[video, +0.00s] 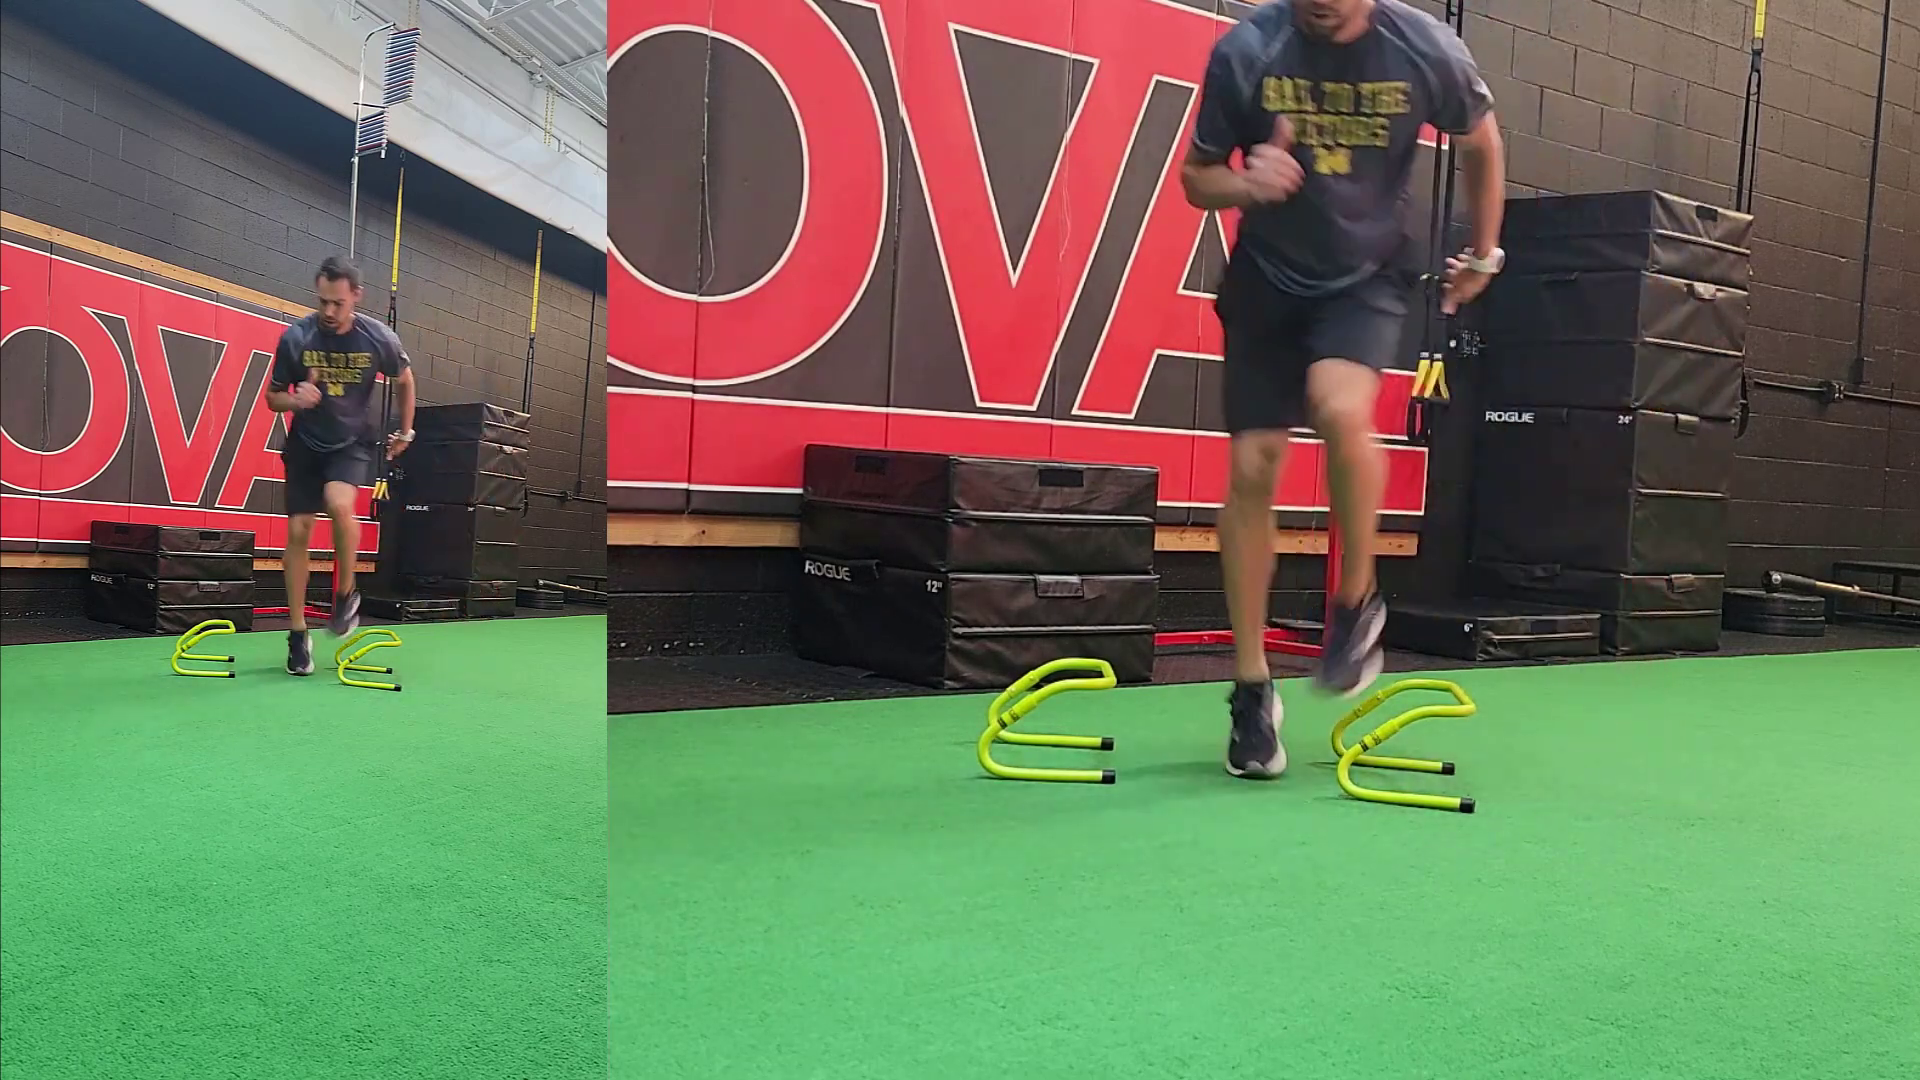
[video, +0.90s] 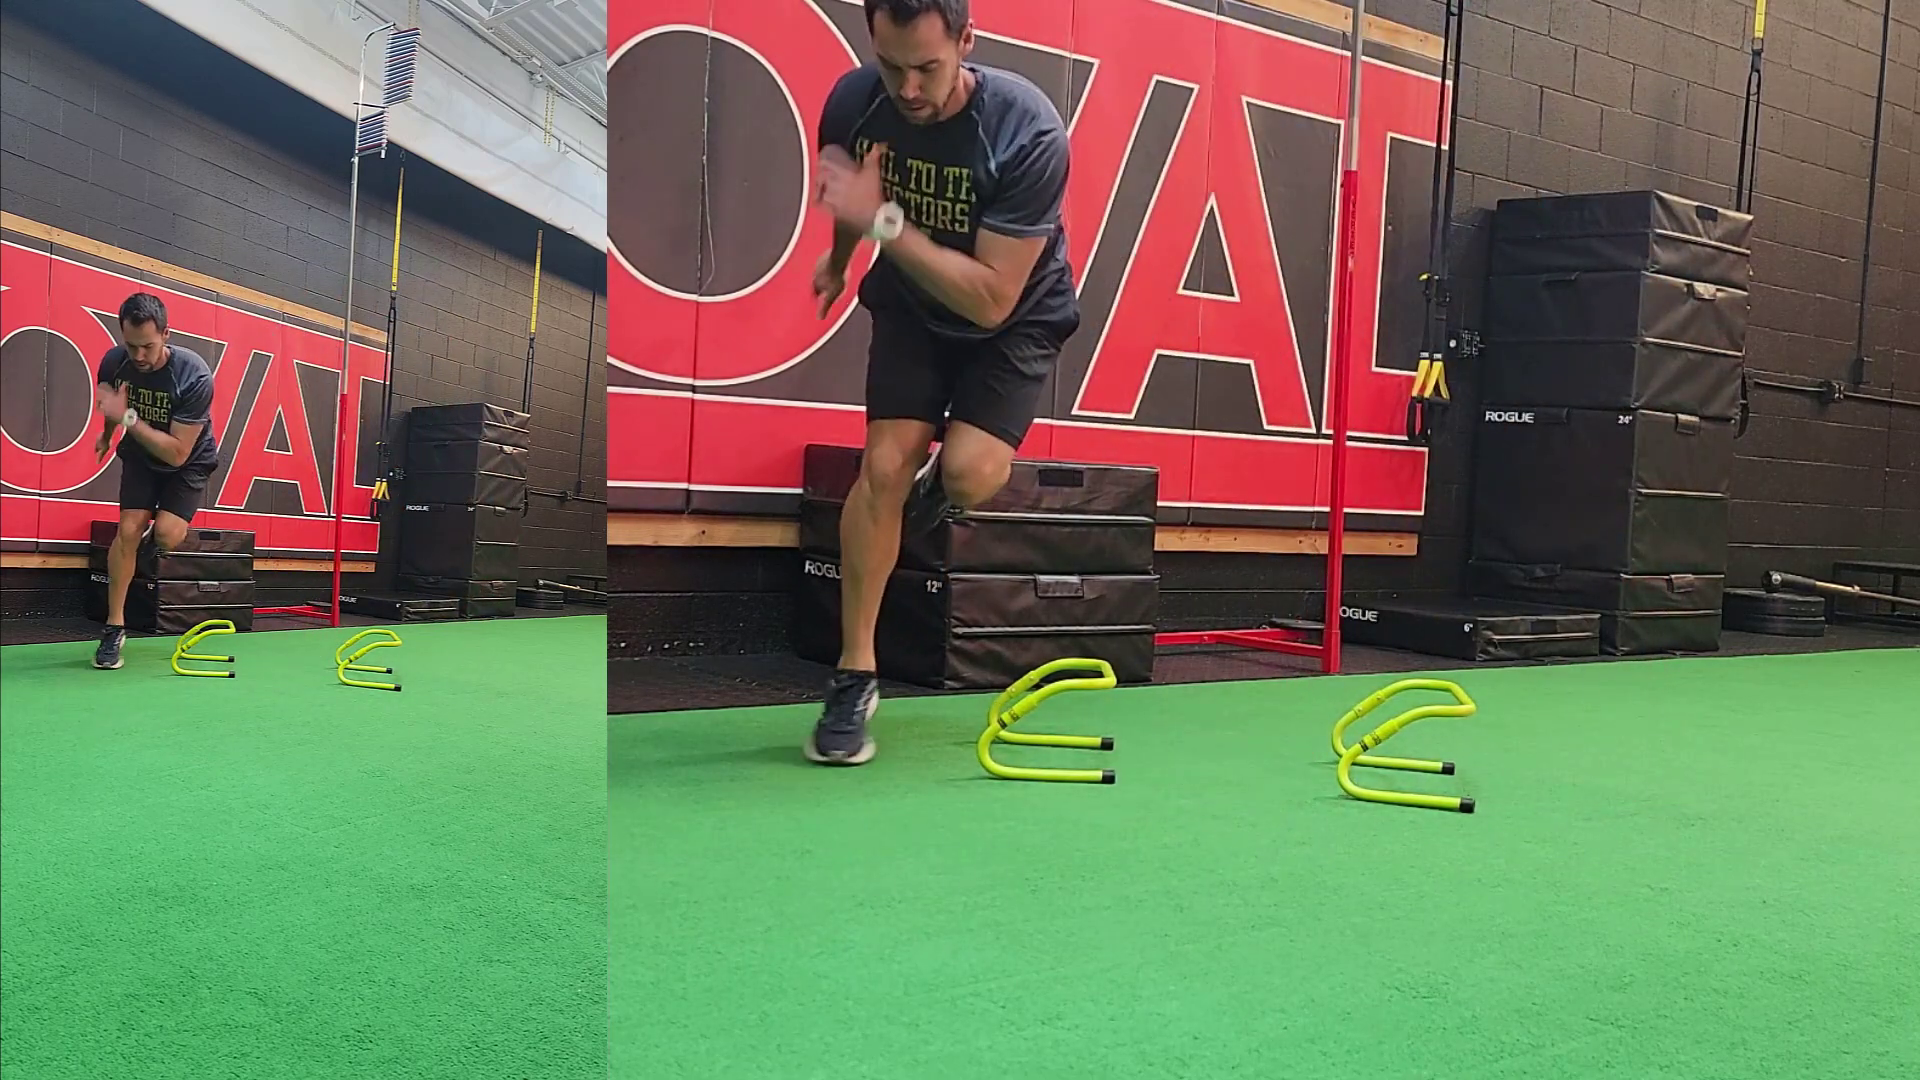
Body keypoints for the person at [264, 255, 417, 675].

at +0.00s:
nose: (330, 312)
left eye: (338, 303)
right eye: (324, 301)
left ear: (356, 297)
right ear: (315, 296)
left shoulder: (379, 340)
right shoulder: (295, 338)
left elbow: (404, 378)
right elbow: (273, 397)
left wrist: (406, 431)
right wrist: (296, 400)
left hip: (353, 445)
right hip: (304, 444)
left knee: (338, 502)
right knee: (298, 529)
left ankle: (345, 594)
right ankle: (298, 633)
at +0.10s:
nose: (299, 309)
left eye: (309, 300)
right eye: (294, 299)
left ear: (328, 295)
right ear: (286, 294)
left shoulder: (348, 341)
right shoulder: (268, 335)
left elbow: (376, 392)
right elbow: (253, 388)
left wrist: (381, 449)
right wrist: (259, 407)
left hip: (323, 441)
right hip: (279, 436)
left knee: (307, 532)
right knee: (259, 508)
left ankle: (314, 636)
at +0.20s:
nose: (271, 316)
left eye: (280, 307)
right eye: (265, 306)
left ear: (299, 303)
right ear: (259, 300)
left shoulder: (321, 355)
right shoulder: (242, 343)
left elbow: (347, 420)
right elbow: (227, 394)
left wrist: (350, 482)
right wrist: (219, 420)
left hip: (296, 461)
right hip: (247, 448)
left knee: (295, 552)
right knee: (209, 491)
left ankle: (311, 646)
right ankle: (234, 528)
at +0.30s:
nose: (242, 314)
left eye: (251, 305)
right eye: (236, 303)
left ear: (269, 299)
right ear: (228, 297)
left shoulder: (291, 346)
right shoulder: (211, 335)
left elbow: (311, 416)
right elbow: (197, 385)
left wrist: (289, 469)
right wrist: (188, 438)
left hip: (268, 446)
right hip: (219, 439)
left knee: (271, 532)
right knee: (182, 511)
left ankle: (299, 624)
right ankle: (152, 597)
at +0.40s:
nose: (214, 327)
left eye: (222, 318)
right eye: (208, 317)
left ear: (241, 310)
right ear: (199, 308)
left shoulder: (263, 357)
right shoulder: (182, 347)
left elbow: (272, 430)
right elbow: (171, 399)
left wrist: (225, 453)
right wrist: (174, 440)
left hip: (247, 447)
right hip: (198, 443)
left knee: (238, 522)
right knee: (165, 533)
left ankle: (273, 571)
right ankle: (123, 630)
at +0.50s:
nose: (177, 357)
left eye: (186, 349)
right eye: (171, 347)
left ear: (206, 340)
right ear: (164, 336)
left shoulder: (231, 385)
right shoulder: (152, 371)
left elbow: (222, 462)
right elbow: (150, 423)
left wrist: (172, 429)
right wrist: (163, 425)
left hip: (215, 475)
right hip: (168, 470)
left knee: (203, 531)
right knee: (145, 548)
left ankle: (208, 540)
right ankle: (122, 634)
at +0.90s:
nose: (139, 356)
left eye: (148, 347)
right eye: (132, 346)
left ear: (165, 335)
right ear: (122, 335)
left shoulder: (194, 377)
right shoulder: (114, 362)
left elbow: (177, 455)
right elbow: (113, 405)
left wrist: (129, 420)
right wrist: (108, 433)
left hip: (189, 461)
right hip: (139, 453)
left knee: (168, 534)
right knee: (128, 531)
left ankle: (160, 542)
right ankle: (114, 627)